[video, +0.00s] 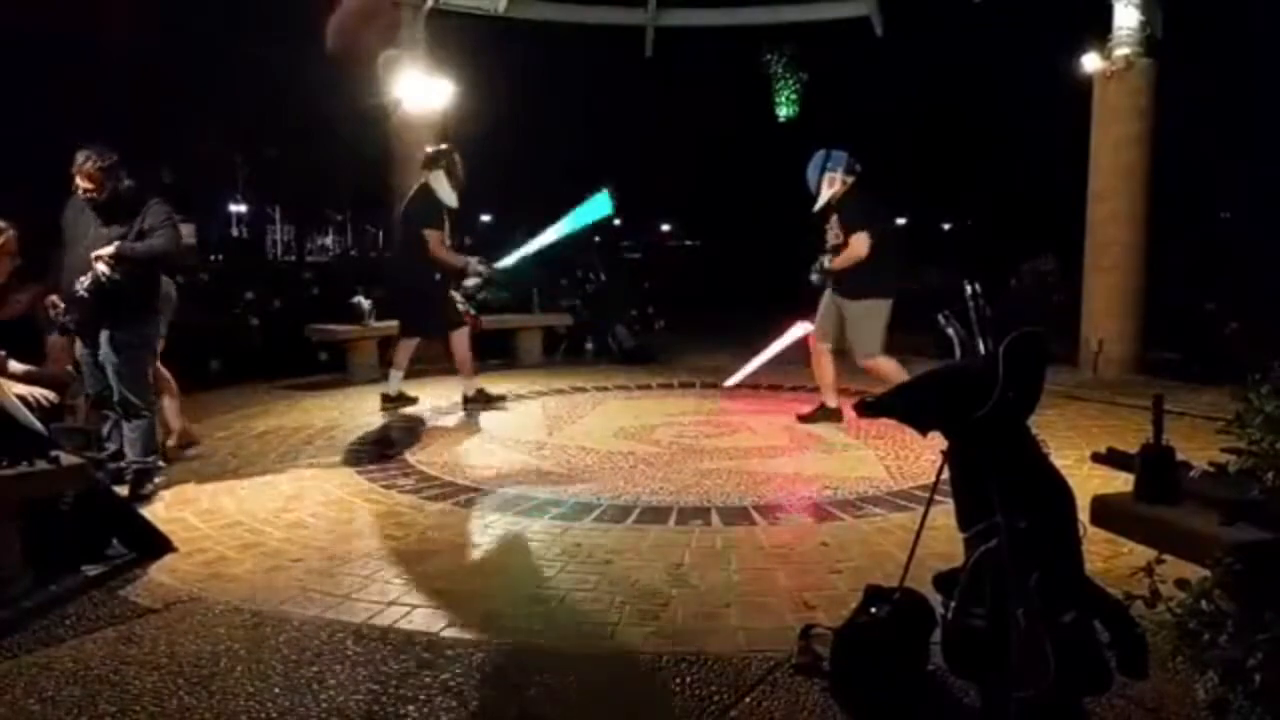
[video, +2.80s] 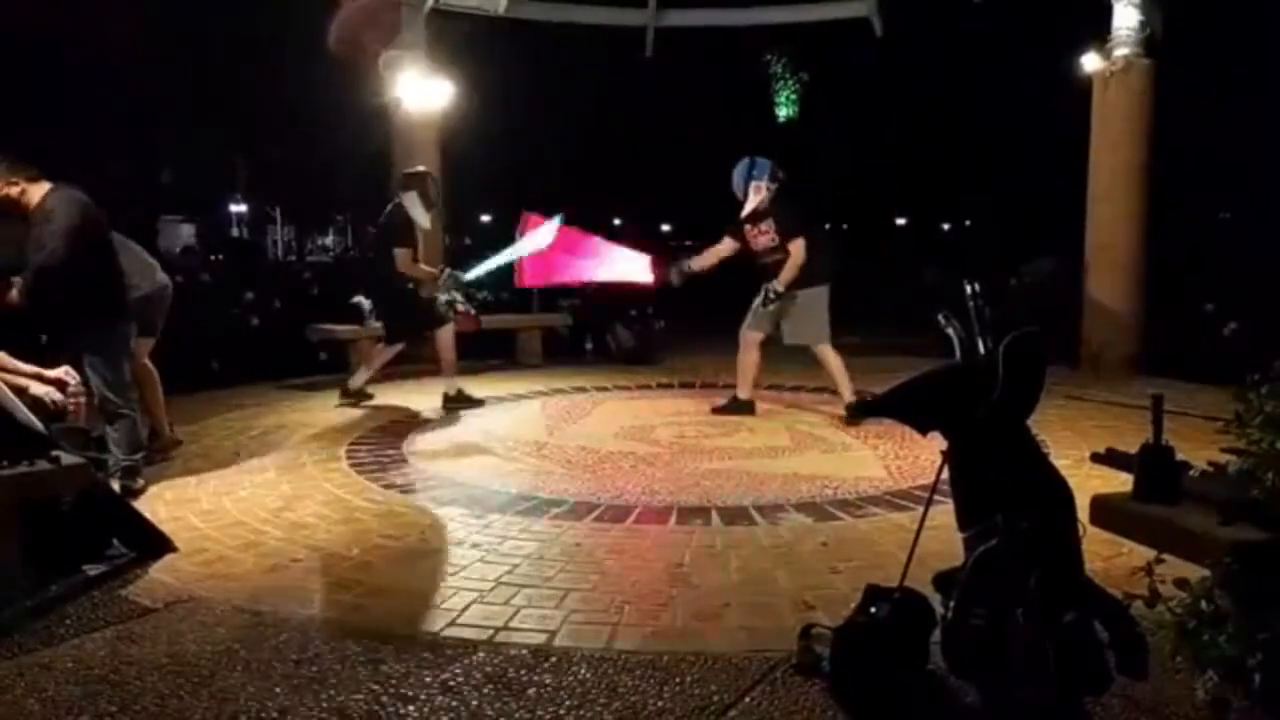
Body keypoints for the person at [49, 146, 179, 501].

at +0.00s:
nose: (86, 194)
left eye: (93, 187)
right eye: (81, 187)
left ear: (114, 179)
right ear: (75, 182)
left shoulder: (143, 206)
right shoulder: (75, 209)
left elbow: (169, 245)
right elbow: (67, 254)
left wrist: (120, 250)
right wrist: (56, 288)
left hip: (130, 317)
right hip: (86, 317)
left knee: (132, 399)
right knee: (101, 398)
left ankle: (142, 468)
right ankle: (112, 459)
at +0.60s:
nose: (55, 189)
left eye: (60, 182)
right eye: (52, 183)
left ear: (84, 175)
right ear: (61, 180)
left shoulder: (126, 207)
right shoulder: (63, 212)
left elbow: (156, 257)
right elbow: (63, 264)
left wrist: (128, 301)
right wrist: (58, 304)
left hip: (112, 323)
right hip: (73, 323)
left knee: (129, 403)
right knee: (72, 398)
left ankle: (140, 468)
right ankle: (85, 461)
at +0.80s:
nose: (27, 196)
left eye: (30, 187)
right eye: (24, 189)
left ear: (53, 177)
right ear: (40, 182)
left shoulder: (105, 206)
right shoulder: (39, 218)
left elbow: (139, 250)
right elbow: (32, 272)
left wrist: (130, 302)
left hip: (103, 324)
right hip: (60, 328)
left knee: (123, 400)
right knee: (59, 402)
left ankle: (141, 466)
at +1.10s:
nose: (2, 213)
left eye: (0, 208)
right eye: (0, 210)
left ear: (5, 198)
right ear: (6, 200)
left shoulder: (66, 203)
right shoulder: (15, 239)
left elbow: (116, 229)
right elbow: (19, 285)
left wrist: (124, 279)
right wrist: (24, 322)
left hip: (97, 318)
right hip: (49, 326)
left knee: (112, 395)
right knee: (45, 400)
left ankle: (131, 470)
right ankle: (56, 477)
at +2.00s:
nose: (5, 200)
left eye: (4, 193)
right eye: (2, 195)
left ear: (16, 182)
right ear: (8, 189)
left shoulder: (72, 198)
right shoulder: (15, 223)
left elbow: (116, 225)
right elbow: (15, 272)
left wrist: (84, 259)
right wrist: (17, 296)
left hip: (91, 314)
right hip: (47, 321)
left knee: (106, 396)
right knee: (42, 399)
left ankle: (126, 471)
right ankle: (60, 472)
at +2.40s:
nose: (29, 195)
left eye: (29, 185)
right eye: (24, 189)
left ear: (48, 174)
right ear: (44, 179)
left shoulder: (96, 201)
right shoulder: (60, 210)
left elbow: (85, 242)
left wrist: (32, 247)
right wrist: (24, 262)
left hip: (109, 311)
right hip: (73, 311)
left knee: (115, 395)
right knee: (62, 388)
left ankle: (127, 470)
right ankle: (75, 466)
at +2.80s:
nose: (8, 204)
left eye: (6, 197)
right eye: (5, 198)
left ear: (15, 186)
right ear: (18, 184)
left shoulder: (64, 208)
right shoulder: (46, 212)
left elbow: (52, 265)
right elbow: (45, 262)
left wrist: (25, 289)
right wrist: (25, 285)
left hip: (103, 313)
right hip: (79, 313)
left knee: (113, 395)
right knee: (87, 395)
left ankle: (127, 470)